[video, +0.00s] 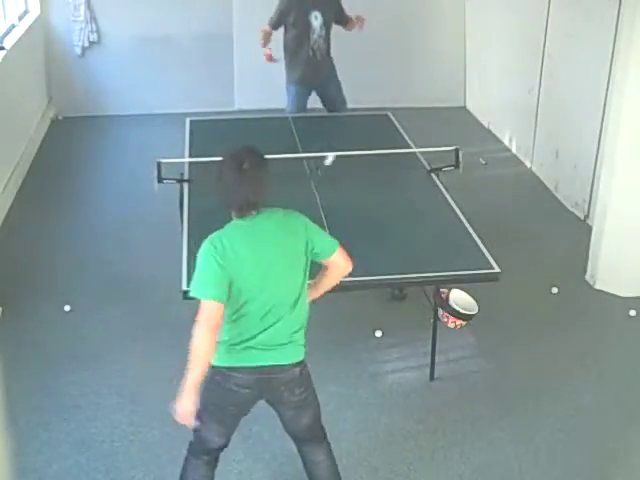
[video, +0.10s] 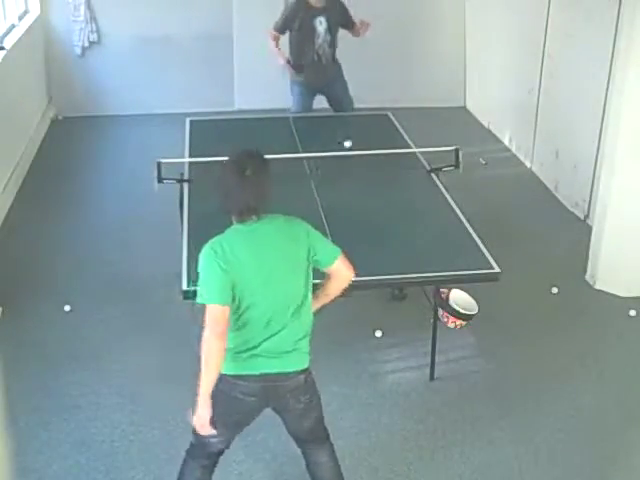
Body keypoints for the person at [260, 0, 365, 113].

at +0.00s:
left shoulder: (331, 3)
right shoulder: (289, 4)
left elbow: (347, 24)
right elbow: (269, 28)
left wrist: (355, 22)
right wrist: (266, 47)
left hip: (325, 71)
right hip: (298, 71)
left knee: (341, 116)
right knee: (295, 118)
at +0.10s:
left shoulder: (336, 5)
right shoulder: (295, 6)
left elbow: (353, 30)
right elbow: (274, 35)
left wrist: (359, 30)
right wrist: (282, 58)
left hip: (330, 72)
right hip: (302, 73)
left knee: (347, 112)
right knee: (300, 116)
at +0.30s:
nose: (342, 3)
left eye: (345, 2)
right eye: (340, 2)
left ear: (348, 1)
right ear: (333, 1)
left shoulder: (354, 10)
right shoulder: (322, 17)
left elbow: (365, 34)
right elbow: (317, 59)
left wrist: (379, 36)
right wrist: (345, 81)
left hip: (348, 74)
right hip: (323, 74)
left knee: (365, 114)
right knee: (314, 116)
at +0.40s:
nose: (357, 3)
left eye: (360, 1)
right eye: (353, 1)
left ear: (363, 1)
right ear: (346, 1)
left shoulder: (365, 9)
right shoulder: (338, 15)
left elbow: (373, 29)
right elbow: (344, 59)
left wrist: (395, 31)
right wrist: (372, 80)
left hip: (353, 71)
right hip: (330, 71)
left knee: (369, 111)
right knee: (317, 113)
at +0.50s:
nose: (367, 0)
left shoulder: (372, 5)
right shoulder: (344, 7)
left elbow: (378, 21)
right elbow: (347, 50)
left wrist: (400, 24)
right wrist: (374, 65)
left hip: (357, 65)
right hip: (333, 65)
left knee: (372, 112)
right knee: (320, 111)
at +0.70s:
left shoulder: (378, 3)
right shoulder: (345, 3)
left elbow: (384, 13)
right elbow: (333, 10)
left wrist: (406, 13)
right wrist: (316, 17)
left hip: (365, 60)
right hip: (341, 59)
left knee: (371, 108)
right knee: (334, 108)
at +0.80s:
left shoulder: (377, 3)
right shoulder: (342, 2)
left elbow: (379, 18)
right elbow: (316, 5)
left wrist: (404, 20)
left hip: (368, 58)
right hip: (342, 57)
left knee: (369, 107)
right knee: (341, 105)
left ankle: (367, 147)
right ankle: (329, 142)